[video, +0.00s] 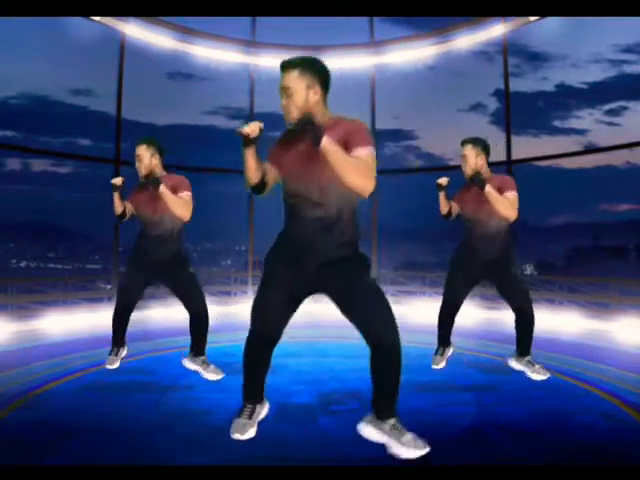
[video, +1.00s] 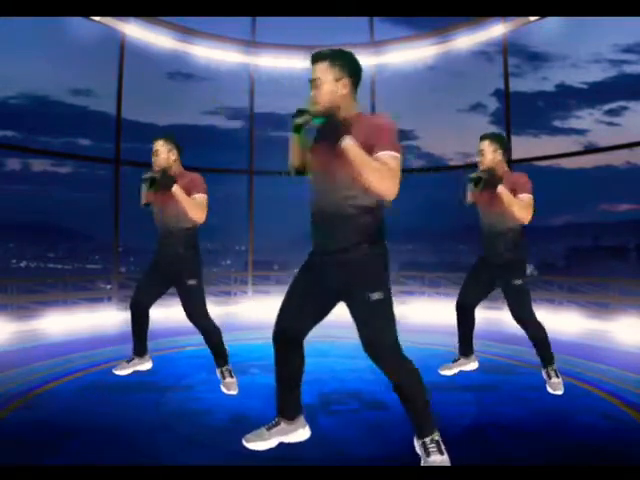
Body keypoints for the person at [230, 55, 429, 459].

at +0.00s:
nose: (281, 100)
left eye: (288, 91)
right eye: (281, 92)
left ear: (315, 91)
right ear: (298, 94)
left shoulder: (352, 132)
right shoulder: (288, 142)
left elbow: (365, 184)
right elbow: (259, 184)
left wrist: (323, 139)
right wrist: (250, 146)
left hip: (341, 261)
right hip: (291, 260)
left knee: (386, 337)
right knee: (261, 335)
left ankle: (382, 418)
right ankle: (252, 405)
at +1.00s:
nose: (312, 90)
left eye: (319, 82)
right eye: (311, 83)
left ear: (345, 84)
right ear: (321, 87)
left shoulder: (377, 125)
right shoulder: (320, 132)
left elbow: (388, 187)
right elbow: (298, 167)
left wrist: (345, 141)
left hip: (363, 259)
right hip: (324, 258)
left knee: (383, 350)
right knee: (286, 333)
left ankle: (430, 440)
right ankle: (290, 420)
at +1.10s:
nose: (305, 95)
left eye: (309, 87)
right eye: (306, 88)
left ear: (331, 88)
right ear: (332, 89)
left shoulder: (351, 124)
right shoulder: (334, 128)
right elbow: (326, 168)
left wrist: (297, 135)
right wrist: (303, 133)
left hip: (349, 260)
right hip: (324, 259)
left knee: (363, 352)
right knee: (285, 328)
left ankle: (436, 428)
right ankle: (289, 420)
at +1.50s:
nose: (306, 98)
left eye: (311, 90)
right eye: (306, 91)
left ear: (338, 90)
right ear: (326, 92)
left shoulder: (375, 125)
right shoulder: (321, 138)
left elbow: (378, 176)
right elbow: (304, 189)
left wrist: (333, 135)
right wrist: (289, 149)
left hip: (372, 261)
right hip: (330, 260)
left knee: (395, 354)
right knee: (293, 334)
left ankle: (432, 441)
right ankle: (289, 420)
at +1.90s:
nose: (330, 92)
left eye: (339, 83)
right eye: (325, 85)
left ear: (362, 86)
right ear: (322, 93)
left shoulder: (390, 126)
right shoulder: (330, 141)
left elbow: (408, 179)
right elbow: (307, 189)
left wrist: (355, 134)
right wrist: (293, 157)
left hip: (382, 263)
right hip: (336, 258)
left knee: (401, 356)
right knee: (279, 313)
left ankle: (434, 443)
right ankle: (273, 400)